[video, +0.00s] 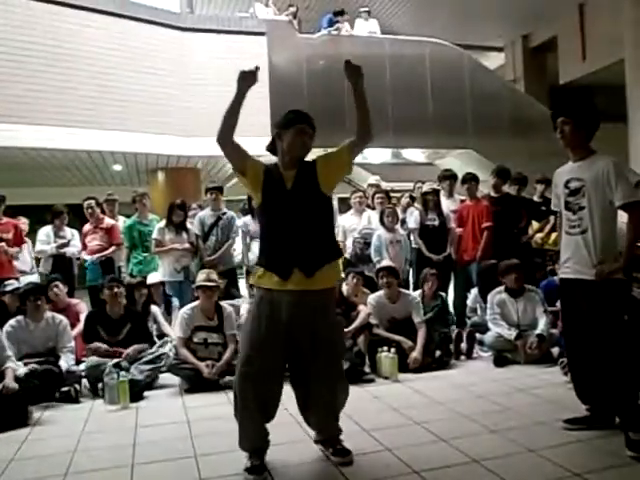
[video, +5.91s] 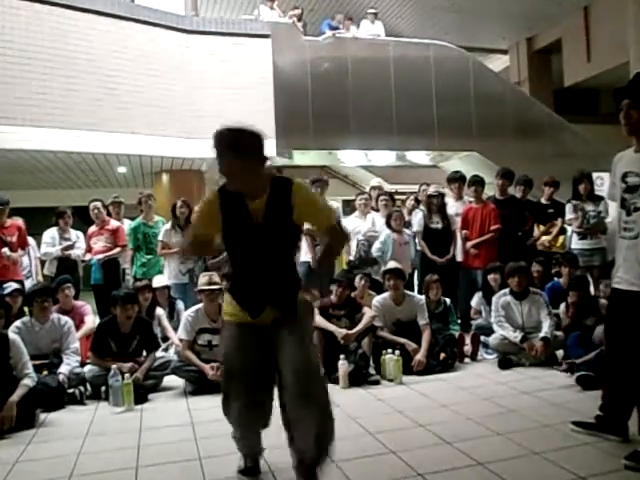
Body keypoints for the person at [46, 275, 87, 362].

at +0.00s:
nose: (54, 291)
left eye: (56, 286)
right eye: (50, 289)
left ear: (65, 288)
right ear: (48, 294)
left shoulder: (78, 304)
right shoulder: (49, 310)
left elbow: (82, 322)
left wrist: (71, 335)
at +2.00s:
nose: (57, 293)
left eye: (59, 288)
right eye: (53, 290)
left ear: (67, 288)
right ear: (50, 294)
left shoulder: (79, 305)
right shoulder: (48, 310)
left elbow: (85, 321)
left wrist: (71, 335)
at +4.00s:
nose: (65, 293)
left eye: (67, 289)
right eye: (60, 291)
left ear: (73, 291)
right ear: (56, 296)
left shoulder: (84, 307)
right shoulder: (54, 311)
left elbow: (90, 325)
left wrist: (75, 338)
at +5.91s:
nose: (66, 292)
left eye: (69, 288)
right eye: (62, 290)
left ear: (74, 291)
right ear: (57, 295)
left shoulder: (84, 307)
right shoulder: (53, 312)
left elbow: (90, 325)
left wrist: (74, 338)